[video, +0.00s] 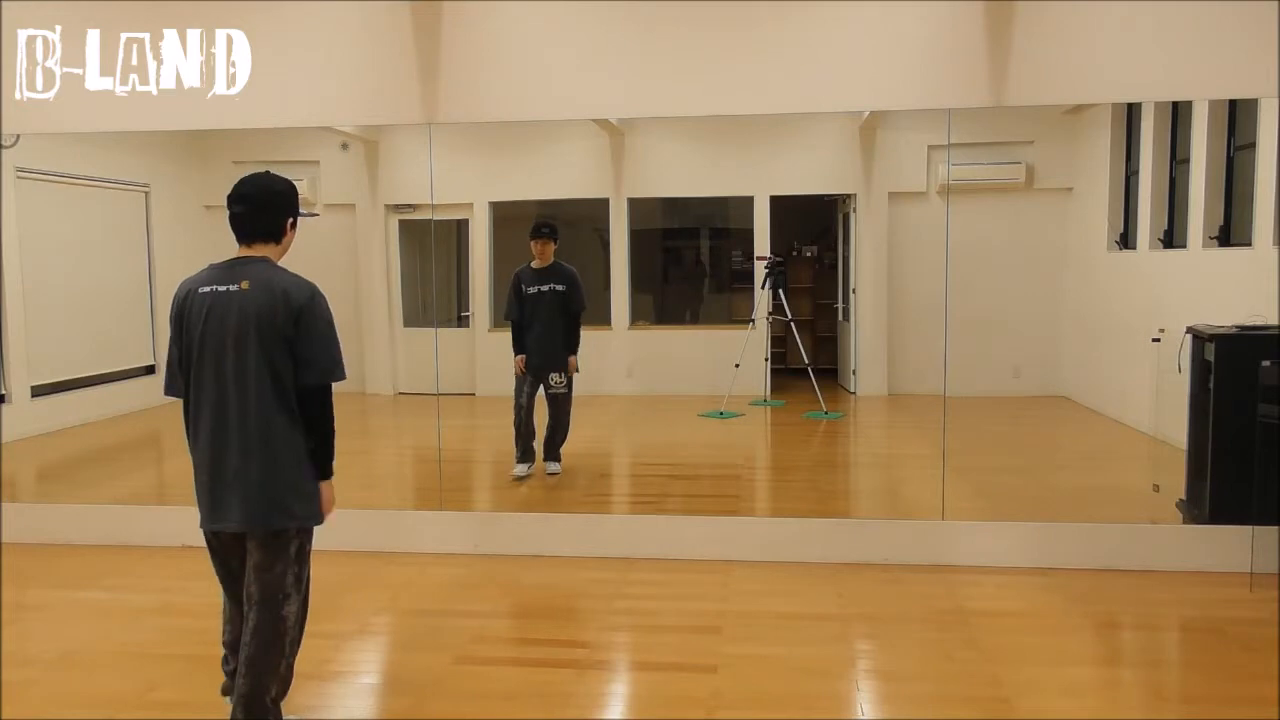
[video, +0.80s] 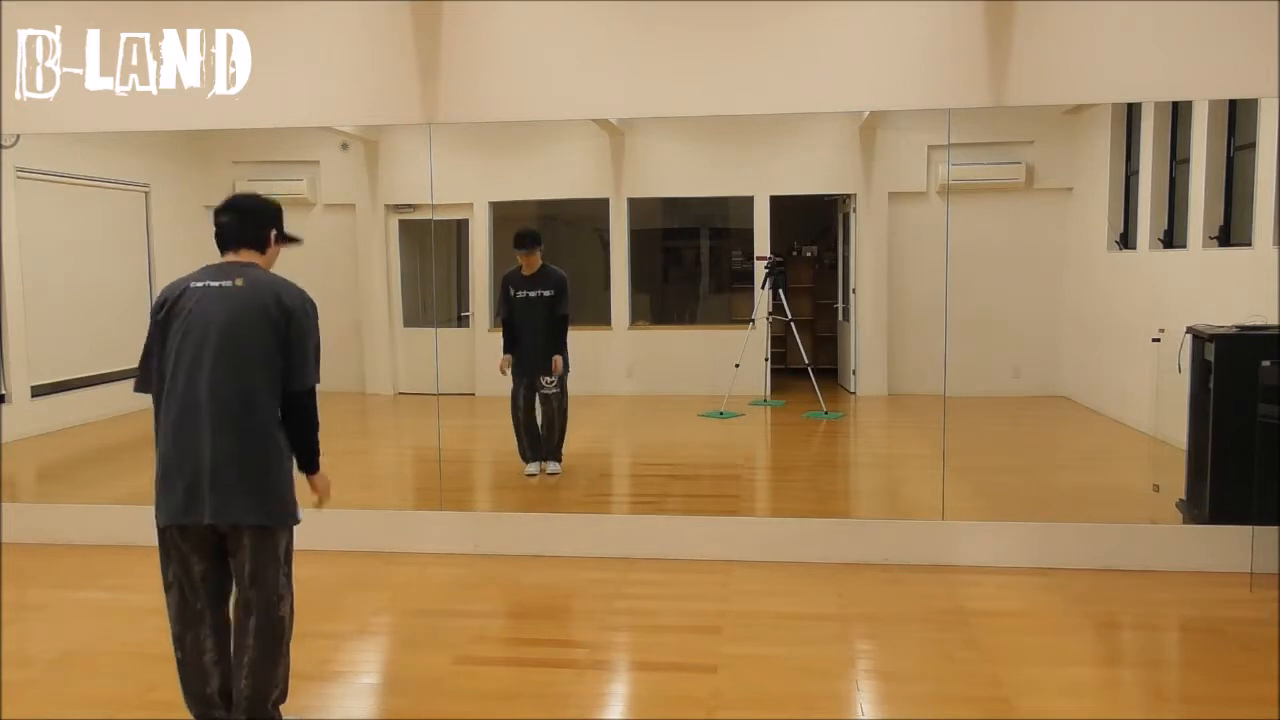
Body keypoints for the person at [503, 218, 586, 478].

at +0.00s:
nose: (540, 248)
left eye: (544, 243)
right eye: (536, 243)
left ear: (555, 245)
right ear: (531, 245)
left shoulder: (568, 275)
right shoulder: (521, 276)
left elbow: (575, 317)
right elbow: (516, 318)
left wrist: (572, 353)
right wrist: (518, 352)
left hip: (559, 354)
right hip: (529, 353)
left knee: (559, 410)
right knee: (522, 407)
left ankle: (552, 457)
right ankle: (524, 459)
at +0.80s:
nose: (524, 260)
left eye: (528, 255)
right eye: (520, 255)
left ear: (539, 251)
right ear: (515, 254)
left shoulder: (556, 278)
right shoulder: (510, 280)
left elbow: (562, 318)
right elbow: (507, 319)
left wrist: (559, 352)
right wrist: (507, 352)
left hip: (550, 355)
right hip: (522, 355)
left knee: (553, 408)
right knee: (522, 409)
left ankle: (553, 457)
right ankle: (532, 458)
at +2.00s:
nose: (521, 296)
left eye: (525, 292)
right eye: (516, 292)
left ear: (533, 284)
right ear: (508, 287)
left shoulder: (549, 297)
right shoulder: (501, 301)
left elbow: (563, 337)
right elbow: (495, 342)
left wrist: (563, 377)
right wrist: (493, 379)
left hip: (547, 363)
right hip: (519, 362)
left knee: (544, 416)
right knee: (511, 406)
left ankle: (540, 466)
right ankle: (528, 426)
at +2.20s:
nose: (521, 297)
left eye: (524, 292)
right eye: (515, 293)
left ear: (532, 283)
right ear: (507, 286)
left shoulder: (549, 292)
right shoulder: (500, 295)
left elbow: (560, 332)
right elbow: (495, 334)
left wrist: (559, 370)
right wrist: (491, 370)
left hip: (545, 359)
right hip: (516, 357)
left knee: (544, 415)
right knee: (504, 405)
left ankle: (540, 466)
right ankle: (511, 445)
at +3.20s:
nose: (516, 291)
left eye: (519, 286)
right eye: (511, 287)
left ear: (528, 277)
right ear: (505, 280)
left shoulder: (547, 295)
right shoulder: (503, 294)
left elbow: (556, 334)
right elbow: (501, 333)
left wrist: (548, 365)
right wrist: (493, 361)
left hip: (536, 368)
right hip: (509, 366)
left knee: (520, 420)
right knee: (501, 419)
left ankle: (532, 451)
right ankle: (506, 469)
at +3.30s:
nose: (522, 285)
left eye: (525, 280)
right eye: (517, 281)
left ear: (535, 271)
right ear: (511, 275)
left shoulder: (553, 287)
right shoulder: (507, 289)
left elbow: (575, 317)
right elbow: (499, 315)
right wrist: (483, 327)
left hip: (546, 356)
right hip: (517, 355)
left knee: (541, 411)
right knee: (500, 414)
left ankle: (556, 443)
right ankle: (505, 469)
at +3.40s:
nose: (528, 272)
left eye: (532, 266)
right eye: (524, 267)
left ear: (542, 259)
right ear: (518, 263)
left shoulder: (564, 279)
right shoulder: (514, 282)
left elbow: (592, 296)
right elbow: (493, 300)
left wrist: (600, 302)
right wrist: (472, 306)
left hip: (555, 362)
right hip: (524, 361)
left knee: (566, 415)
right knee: (509, 414)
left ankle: (589, 452)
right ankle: (506, 469)